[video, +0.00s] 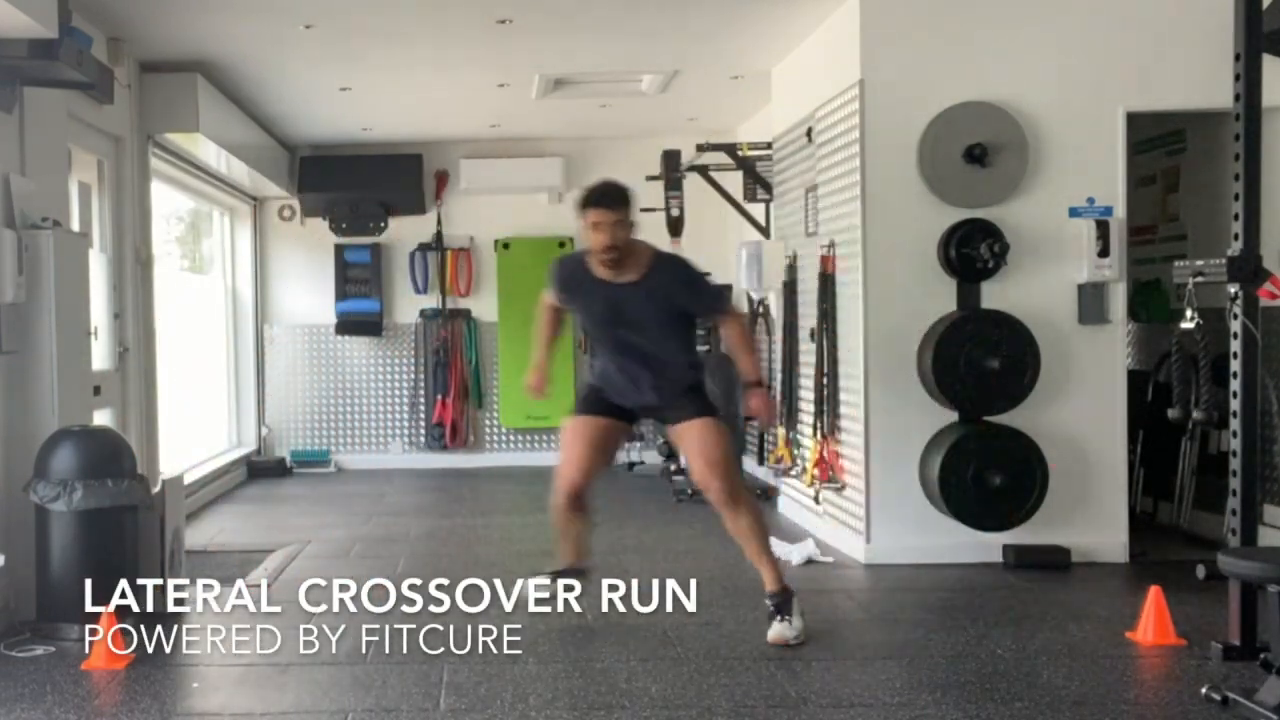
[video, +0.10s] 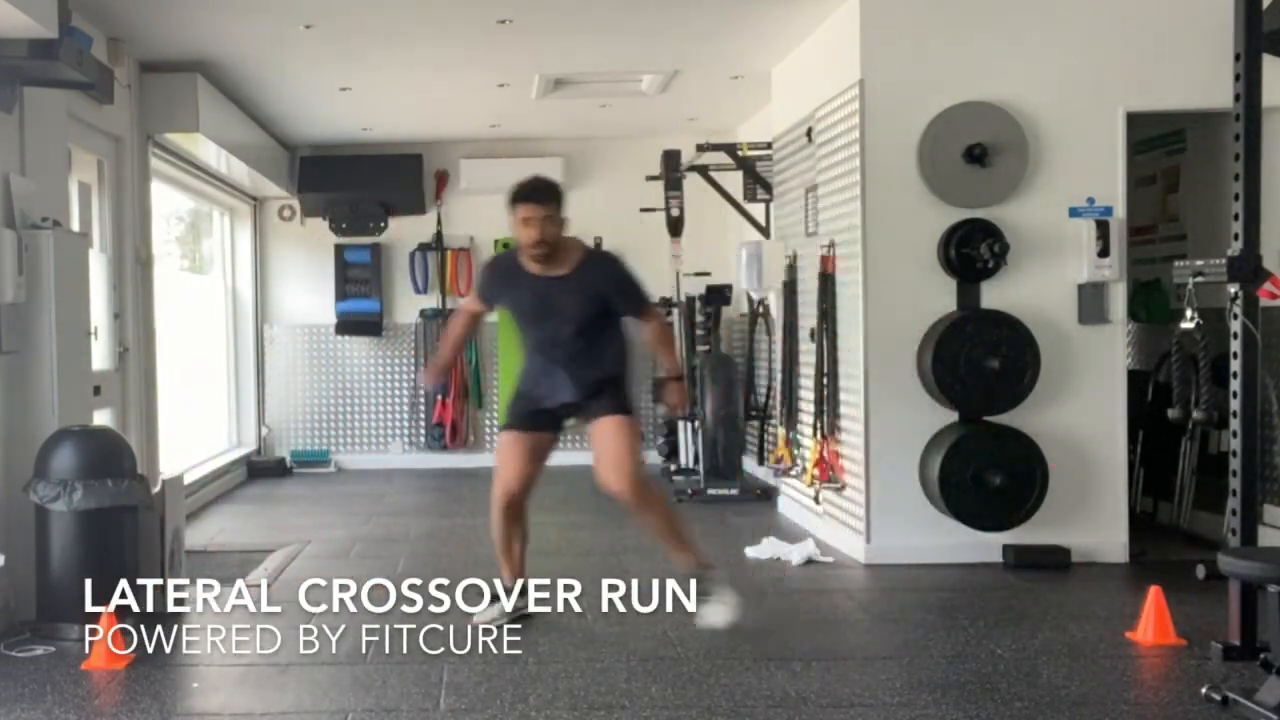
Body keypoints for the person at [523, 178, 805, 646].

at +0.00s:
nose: (606, 239)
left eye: (615, 227)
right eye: (595, 228)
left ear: (630, 224)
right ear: (582, 230)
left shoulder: (671, 273)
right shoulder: (570, 274)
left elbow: (730, 318)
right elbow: (552, 305)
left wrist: (753, 384)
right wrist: (539, 365)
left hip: (678, 390)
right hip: (609, 389)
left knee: (720, 488)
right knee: (568, 487)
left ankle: (778, 592)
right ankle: (572, 573)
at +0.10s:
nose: (536, 234)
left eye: (545, 222)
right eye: (526, 223)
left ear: (561, 222)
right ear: (513, 225)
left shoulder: (600, 269)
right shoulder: (501, 273)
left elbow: (654, 321)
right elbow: (468, 314)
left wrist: (673, 375)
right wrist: (439, 364)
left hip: (601, 388)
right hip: (538, 390)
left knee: (621, 481)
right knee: (507, 494)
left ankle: (699, 573)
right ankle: (513, 594)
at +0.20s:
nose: (480, 231)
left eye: (490, 219)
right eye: (470, 220)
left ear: (505, 219)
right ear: (457, 222)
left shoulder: (543, 271)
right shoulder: (443, 271)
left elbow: (590, 324)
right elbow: (405, 313)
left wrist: (604, 385)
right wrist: (385, 343)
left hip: (526, 387)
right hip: (467, 385)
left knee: (508, 474)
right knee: (451, 491)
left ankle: (524, 588)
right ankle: (504, 581)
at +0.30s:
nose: (428, 233)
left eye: (438, 222)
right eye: (418, 223)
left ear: (453, 223)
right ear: (405, 226)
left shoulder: (491, 279)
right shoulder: (389, 272)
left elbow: (531, 333)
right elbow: (356, 313)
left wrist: (533, 398)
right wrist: (349, 352)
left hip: (457, 398)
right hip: (402, 391)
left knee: (410, 486)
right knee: (369, 488)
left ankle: (368, 597)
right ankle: (430, 552)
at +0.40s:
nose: (373, 253)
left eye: (384, 241)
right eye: (363, 242)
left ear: (400, 243)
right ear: (349, 246)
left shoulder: (433, 303)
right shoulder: (339, 290)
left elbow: (472, 358)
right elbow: (308, 329)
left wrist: (465, 427)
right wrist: (299, 372)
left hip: (405, 412)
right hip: (351, 396)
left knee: (348, 492)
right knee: (284, 488)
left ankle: (345, 599)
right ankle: (290, 566)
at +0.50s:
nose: (326, 269)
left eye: (336, 256)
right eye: (315, 257)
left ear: (353, 254)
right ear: (303, 258)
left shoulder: (385, 312)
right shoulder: (287, 300)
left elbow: (418, 373)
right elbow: (259, 343)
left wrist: (410, 441)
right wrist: (249, 388)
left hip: (359, 419)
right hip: (300, 407)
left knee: (326, 498)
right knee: (240, 494)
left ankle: (339, 594)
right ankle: (182, 587)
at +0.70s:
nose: (284, 279)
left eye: (294, 268)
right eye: (274, 268)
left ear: (311, 269)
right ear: (262, 268)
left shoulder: (343, 323)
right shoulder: (243, 314)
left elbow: (372, 379)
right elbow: (196, 362)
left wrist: (363, 444)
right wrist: (182, 411)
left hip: (318, 421)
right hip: (253, 412)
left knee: (285, 496)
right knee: (194, 496)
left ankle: (280, 568)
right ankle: (168, 600)